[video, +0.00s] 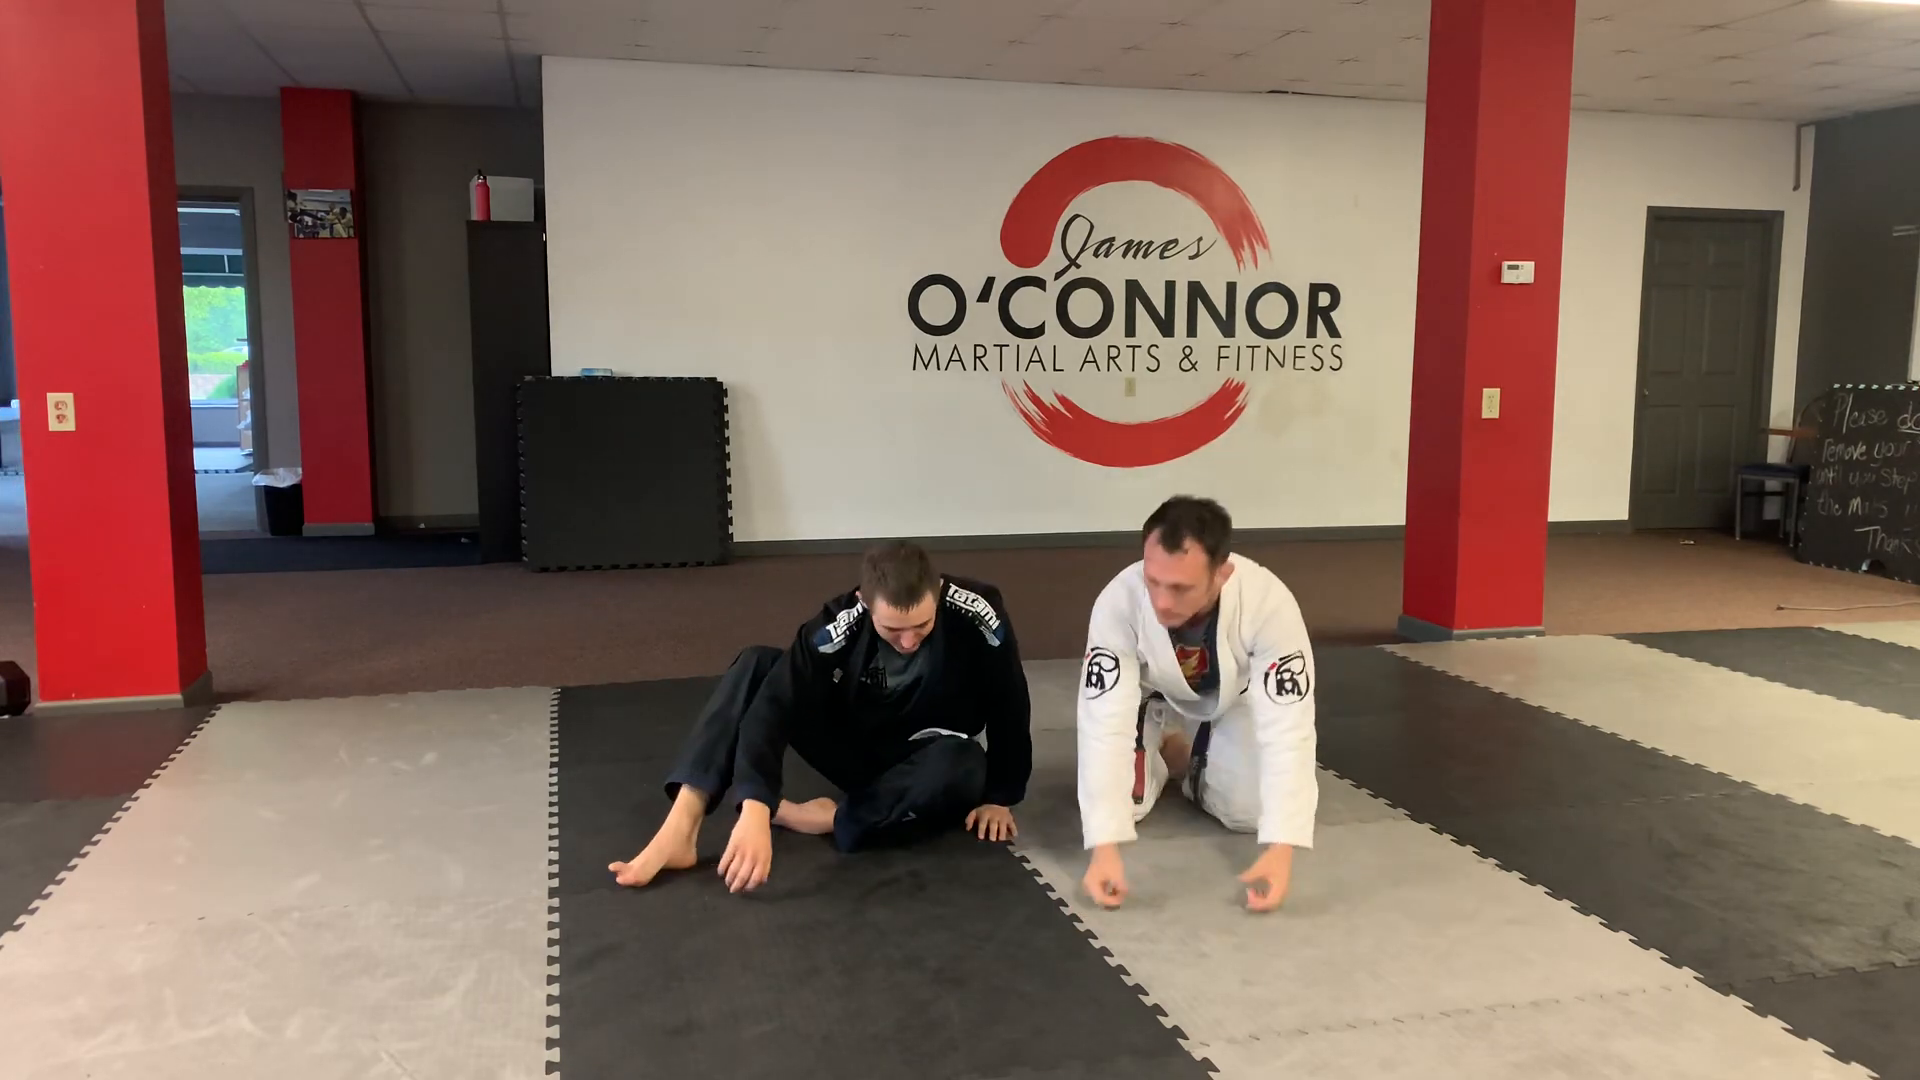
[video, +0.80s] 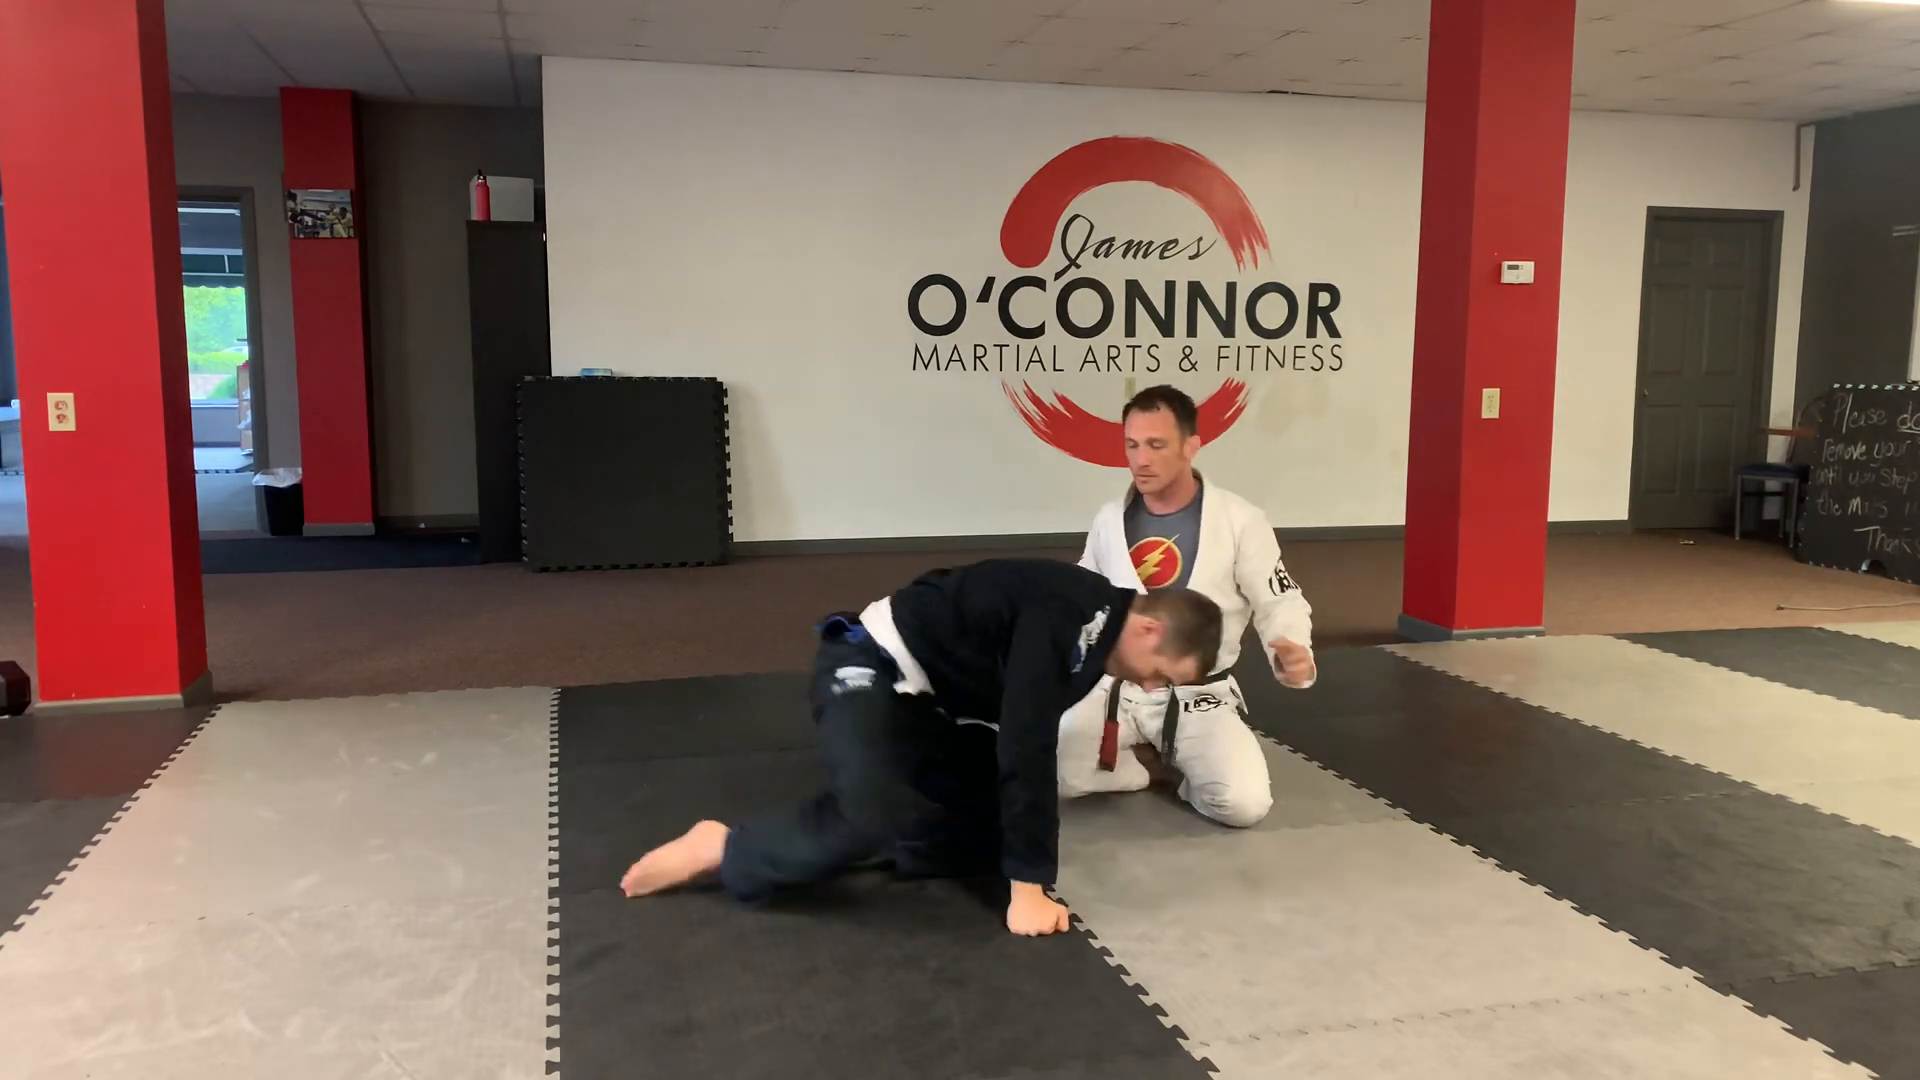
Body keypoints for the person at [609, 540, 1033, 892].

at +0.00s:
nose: (909, 640)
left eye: (920, 628)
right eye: (893, 630)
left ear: (936, 597)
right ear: (867, 605)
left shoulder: (978, 617)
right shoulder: (839, 625)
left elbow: (1012, 712)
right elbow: (769, 713)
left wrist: (1002, 798)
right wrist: (755, 814)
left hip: (920, 755)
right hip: (846, 741)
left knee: (958, 767)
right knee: (757, 665)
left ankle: (835, 816)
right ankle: (680, 828)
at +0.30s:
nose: (971, 651)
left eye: (986, 642)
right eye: (961, 638)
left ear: (1009, 619)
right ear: (935, 601)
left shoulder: (1022, 622)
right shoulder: (885, 615)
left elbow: (1023, 722)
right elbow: (811, 713)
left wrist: (1001, 800)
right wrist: (808, 833)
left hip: (935, 750)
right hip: (861, 721)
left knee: (935, 823)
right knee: (779, 659)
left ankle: (826, 812)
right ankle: (690, 830)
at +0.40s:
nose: (1011, 653)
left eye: (1026, 643)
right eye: (1005, 637)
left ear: (1045, 630)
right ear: (980, 596)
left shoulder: (1034, 638)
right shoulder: (910, 603)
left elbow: (1018, 724)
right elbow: (844, 709)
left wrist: (998, 800)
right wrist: (854, 831)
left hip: (929, 744)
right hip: (864, 710)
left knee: (946, 826)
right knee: (776, 669)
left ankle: (813, 817)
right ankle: (688, 836)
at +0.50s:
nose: (1050, 656)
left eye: (1062, 648)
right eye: (1048, 640)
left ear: (1064, 629)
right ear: (1021, 597)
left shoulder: (1041, 640)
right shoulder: (933, 595)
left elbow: (1017, 725)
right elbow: (886, 714)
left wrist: (1001, 806)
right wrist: (913, 837)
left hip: (929, 728)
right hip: (854, 691)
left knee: (973, 839)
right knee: (763, 681)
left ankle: (832, 828)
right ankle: (688, 838)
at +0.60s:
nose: (1082, 660)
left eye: (1094, 655)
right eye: (1085, 646)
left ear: (1074, 609)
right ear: (1060, 604)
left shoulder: (1055, 620)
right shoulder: (966, 597)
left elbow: (1017, 729)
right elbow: (945, 729)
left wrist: (1000, 817)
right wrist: (977, 853)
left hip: (916, 716)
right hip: (846, 671)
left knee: (1001, 824)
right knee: (766, 706)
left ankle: (839, 837)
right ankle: (684, 835)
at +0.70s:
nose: (1119, 671)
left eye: (1134, 667)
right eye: (1125, 656)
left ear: (1124, 625)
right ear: (1108, 613)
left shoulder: (1078, 623)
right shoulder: (1019, 606)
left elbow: (1021, 743)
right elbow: (1003, 751)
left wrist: (1020, 843)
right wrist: (1023, 880)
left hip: (922, 709)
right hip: (854, 659)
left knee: (987, 835)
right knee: (798, 758)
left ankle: (841, 840)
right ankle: (689, 841)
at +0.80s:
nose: (1149, 683)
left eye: (1163, 681)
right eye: (1158, 673)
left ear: (1154, 625)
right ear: (1151, 626)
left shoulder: (1100, 631)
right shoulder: (1060, 611)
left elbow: (1033, 743)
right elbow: (1025, 752)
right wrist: (1027, 885)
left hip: (937, 707)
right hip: (870, 664)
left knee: (1007, 824)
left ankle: (880, 845)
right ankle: (719, 849)